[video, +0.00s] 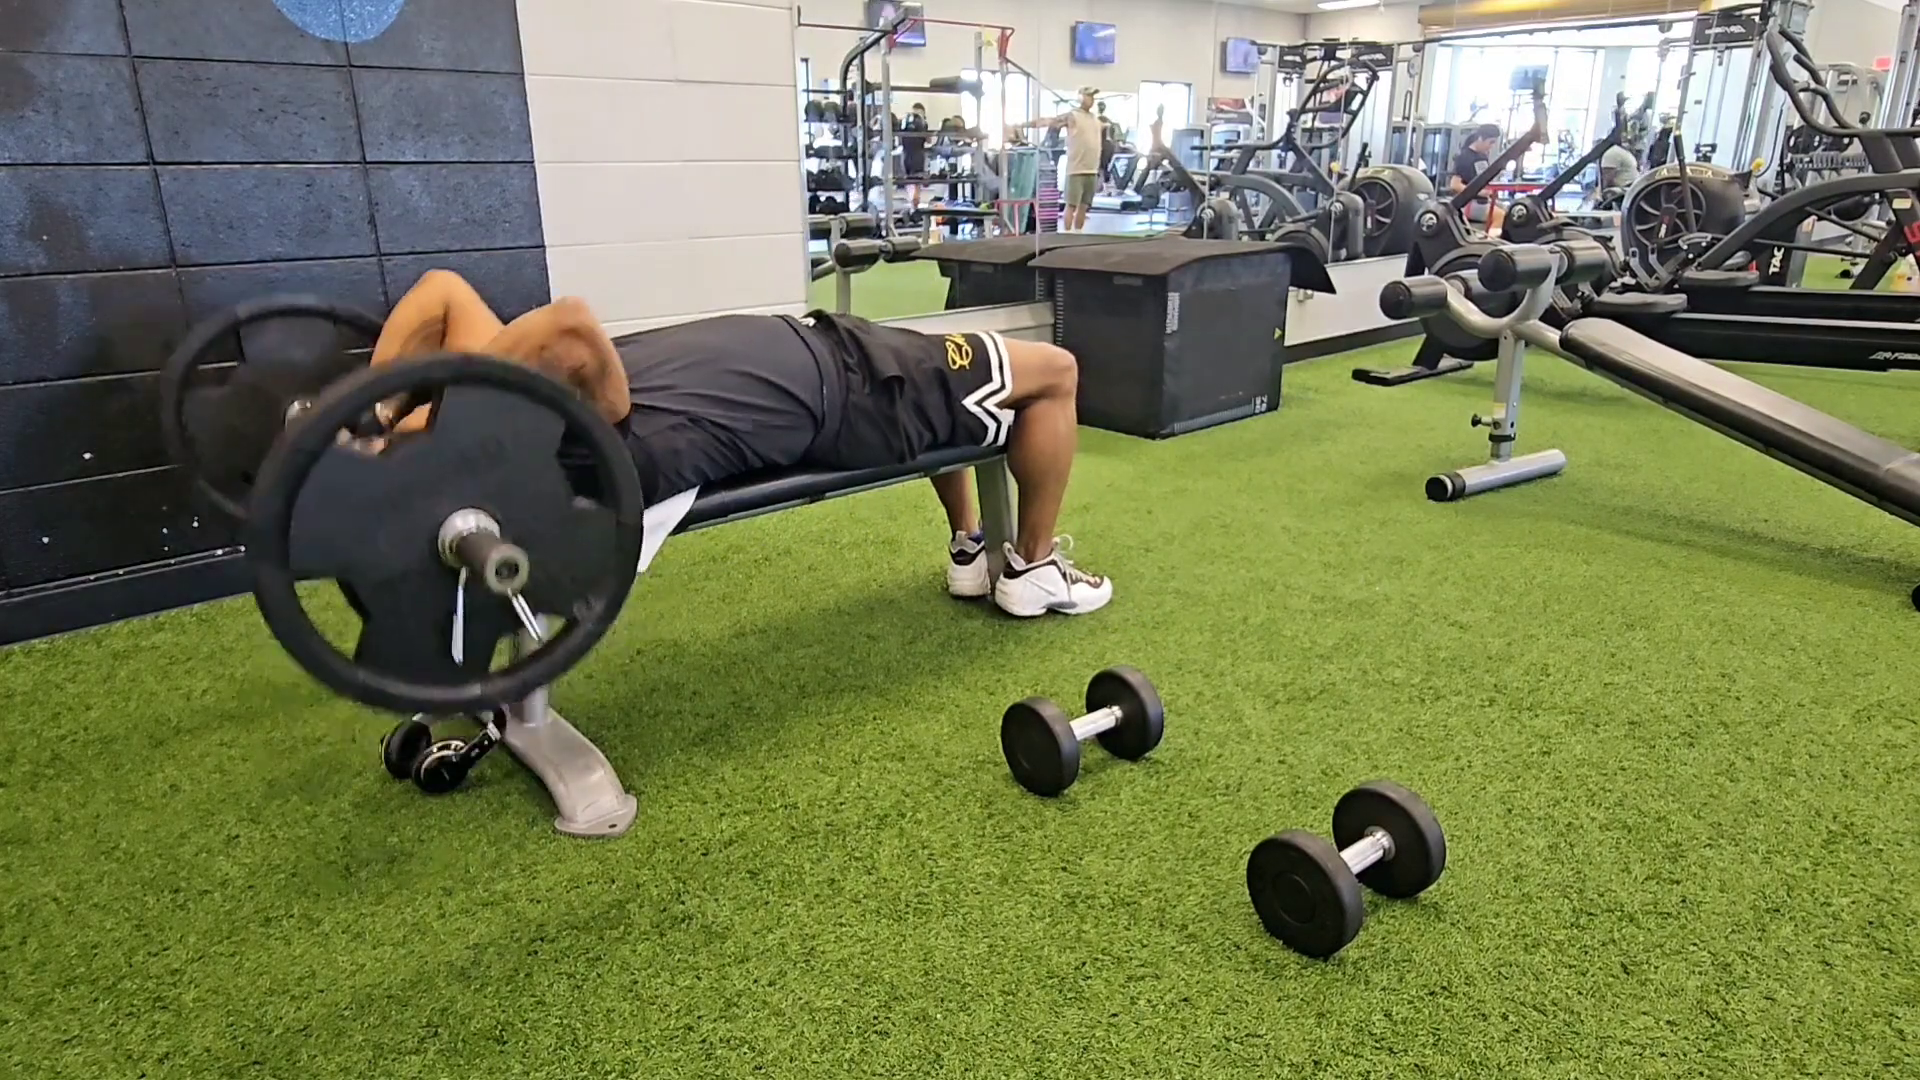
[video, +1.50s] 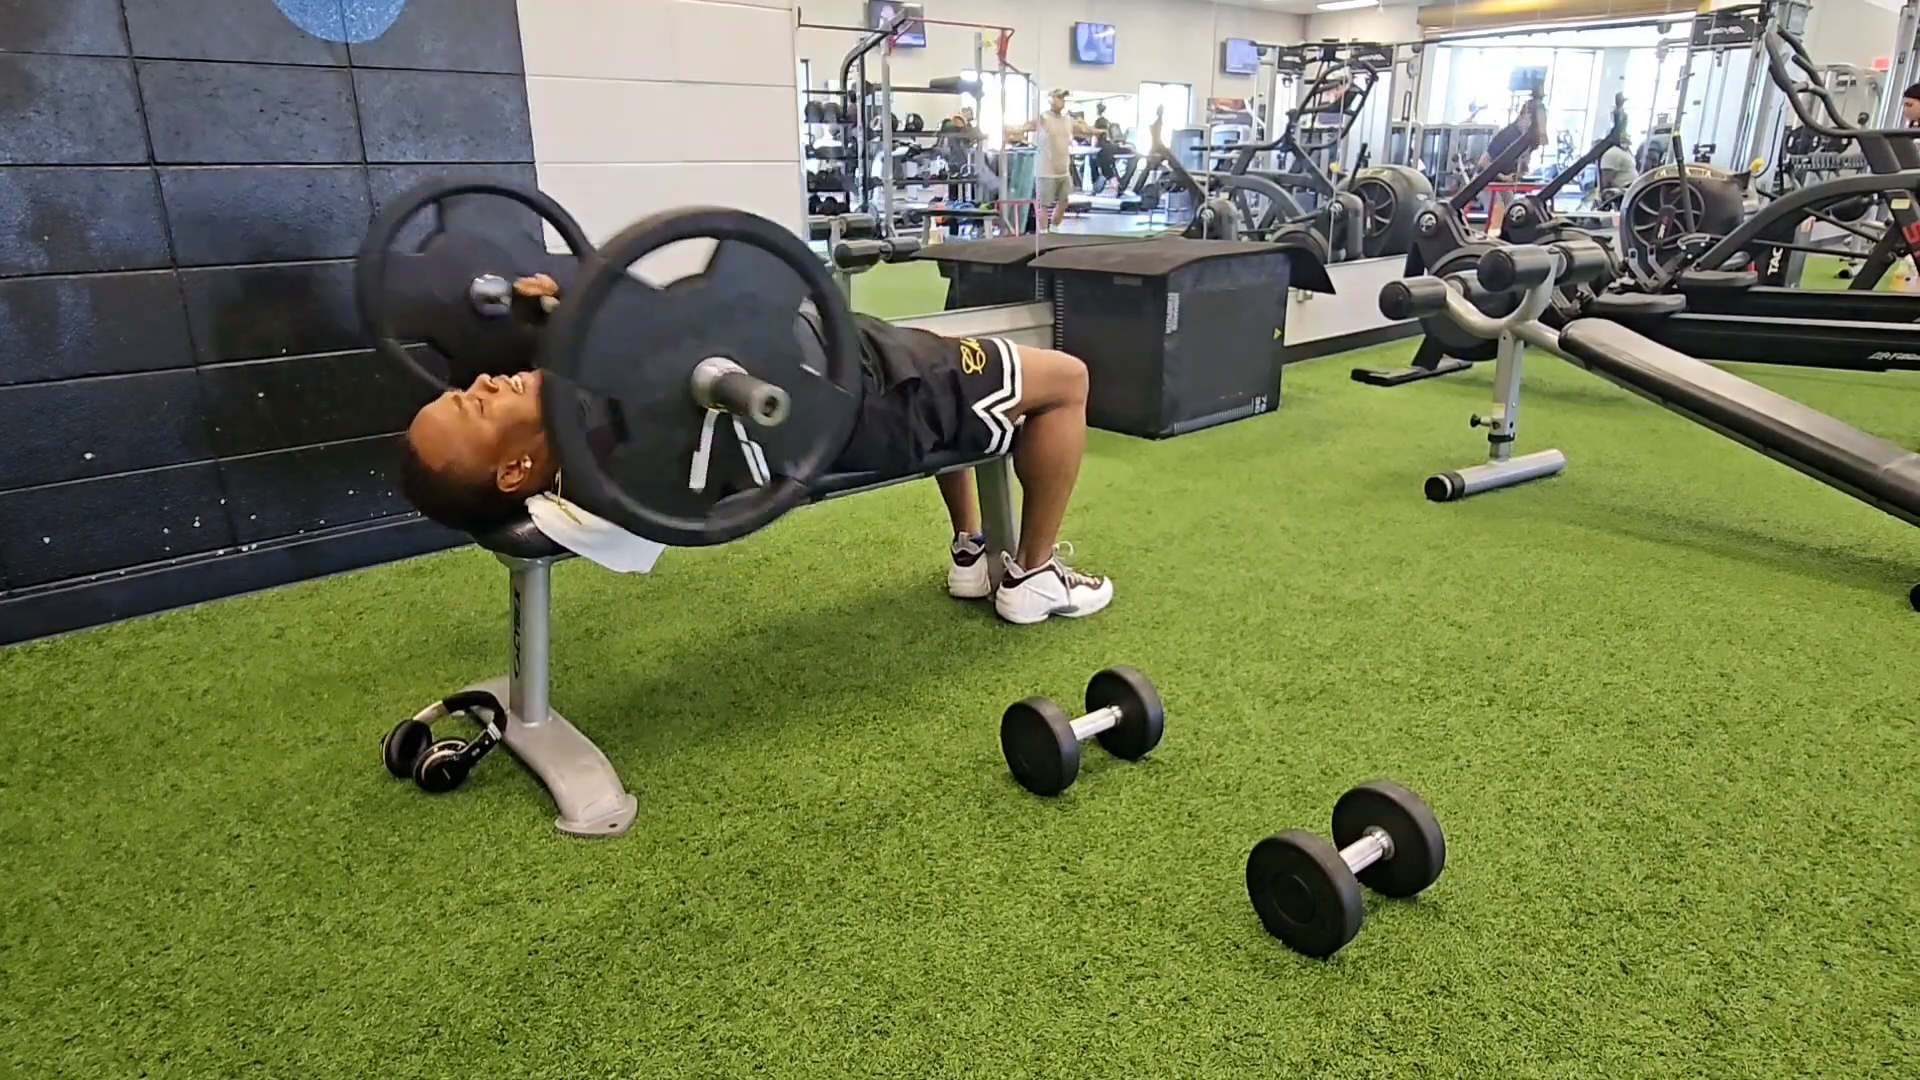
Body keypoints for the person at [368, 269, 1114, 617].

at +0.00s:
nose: (583, 363)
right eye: (575, 365)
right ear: (578, 411)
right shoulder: (620, 461)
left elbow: (438, 288)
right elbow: (570, 319)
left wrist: (383, 409)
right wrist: (452, 411)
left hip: (787, 340)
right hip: (852, 385)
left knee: (930, 354)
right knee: (1056, 371)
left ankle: (972, 543)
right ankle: (1037, 565)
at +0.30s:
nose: (465, 387)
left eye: (445, 399)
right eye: (459, 412)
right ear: (498, 475)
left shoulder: (533, 413)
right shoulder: (585, 462)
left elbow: (632, 342)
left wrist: (546, 311)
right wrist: (564, 317)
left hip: (780, 357)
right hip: (839, 398)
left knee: (933, 348)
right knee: (1057, 377)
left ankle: (972, 544)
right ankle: (1036, 571)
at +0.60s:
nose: (487, 377)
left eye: (465, 386)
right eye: (474, 404)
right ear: (519, 474)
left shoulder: (558, 393)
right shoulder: (638, 479)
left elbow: (654, 362)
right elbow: (800, 502)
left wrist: (635, 322)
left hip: (788, 362)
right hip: (854, 420)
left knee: (918, 348)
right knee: (1070, 379)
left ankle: (972, 544)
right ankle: (1037, 576)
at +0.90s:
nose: (477, 383)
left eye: (450, 393)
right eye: (464, 410)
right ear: (502, 476)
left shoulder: (538, 384)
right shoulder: (612, 451)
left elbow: (574, 271)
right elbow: (704, 316)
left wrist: (590, 144)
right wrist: (707, 142)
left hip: (797, 342)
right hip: (842, 391)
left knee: (938, 365)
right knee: (1058, 380)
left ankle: (974, 548)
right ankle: (1034, 573)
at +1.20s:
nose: (482, 376)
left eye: (458, 391)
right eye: (475, 403)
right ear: (519, 469)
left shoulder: (551, 391)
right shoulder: (622, 463)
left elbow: (635, 336)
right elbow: (773, 459)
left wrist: (625, 277)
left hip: (785, 376)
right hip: (840, 423)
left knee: (936, 355)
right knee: (1064, 377)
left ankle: (972, 548)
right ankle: (1036, 574)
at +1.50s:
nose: (493, 379)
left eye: (472, 386)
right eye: (485, 403)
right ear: (517, 469)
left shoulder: (554, 400)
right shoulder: (615, 457)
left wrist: (553, 301)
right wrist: (576, 309)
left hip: (800, 349)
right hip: (856, 404)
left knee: (940, 343)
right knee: (1067, 379)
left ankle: (972, 543)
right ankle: (1036, 574)